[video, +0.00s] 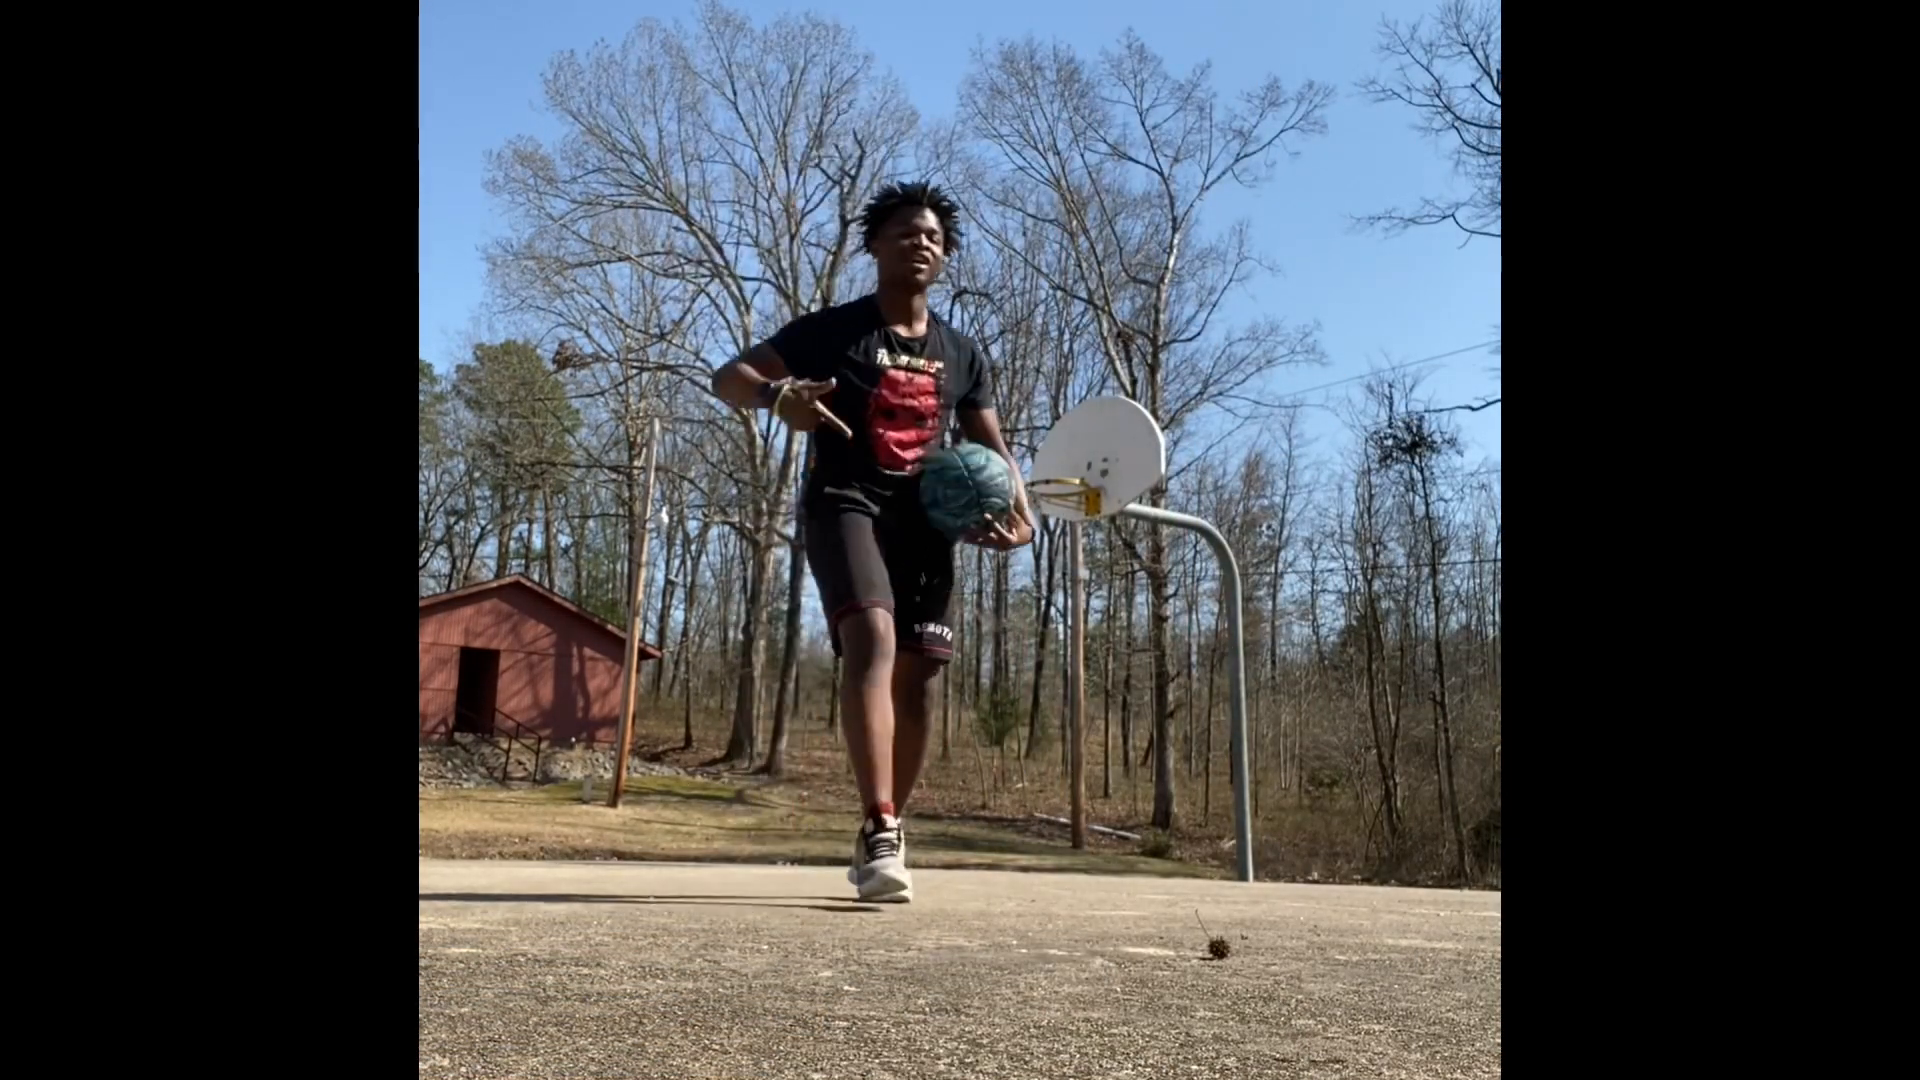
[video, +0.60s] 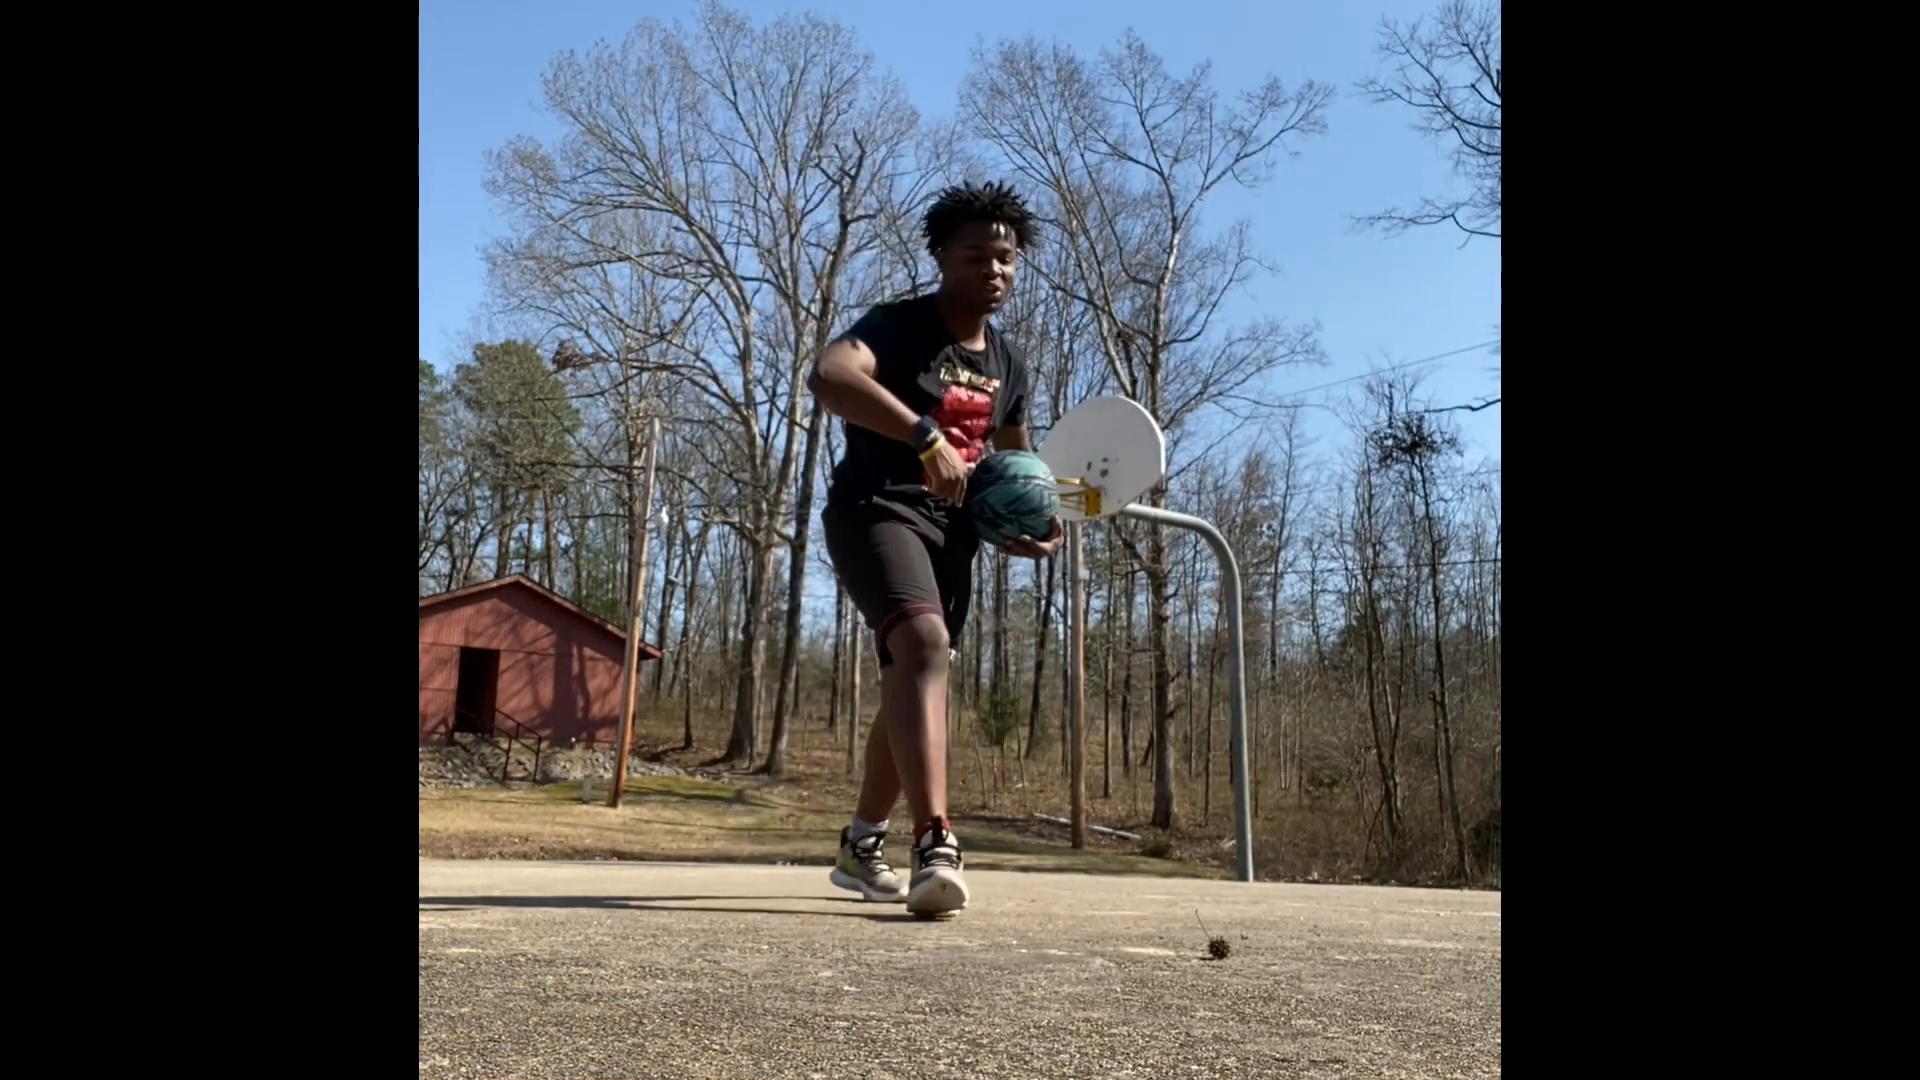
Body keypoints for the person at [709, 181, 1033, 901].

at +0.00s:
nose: (920, 245)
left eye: (931, 237)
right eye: (905, 235)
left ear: (944, 255)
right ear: (875, 249)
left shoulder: (962, 352)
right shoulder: (834, 329)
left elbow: (990, 445)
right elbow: (729, 379)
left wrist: (1020, 513)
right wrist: (776, 394)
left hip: (923, 514)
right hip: (846, 502)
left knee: (918, 678)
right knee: (874, 637)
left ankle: (883, 839)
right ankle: (881, 834)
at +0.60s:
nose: (996, 270)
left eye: (1006, 258)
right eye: (979, 256)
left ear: (1016, 269)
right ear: (941, 261)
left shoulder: (1005, 364)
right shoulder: (895, 325)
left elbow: (1016, 460)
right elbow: (833, 375)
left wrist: (1031, 520)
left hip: (952, 526)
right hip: (878, 508)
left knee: (912, 679)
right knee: (925, 637)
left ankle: (860, 843)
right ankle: (935, 844)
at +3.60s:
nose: (909, 184)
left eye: (923, 170)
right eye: (894, 174)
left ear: (950, 179)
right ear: (876, 190)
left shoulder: (988, 249)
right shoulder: (875, 300)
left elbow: (1049, 352)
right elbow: (858, 406)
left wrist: (1063, 457)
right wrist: (801, 434)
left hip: (991, 460)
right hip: (917, 469)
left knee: (934, 628)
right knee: (937, 645)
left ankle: (932, 849)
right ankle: (982, 853)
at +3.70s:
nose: (892, 189)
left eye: (906, 175)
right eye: (877, 179)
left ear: (934, 184)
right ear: (859, 195)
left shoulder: (970, 251)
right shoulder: (863, 308)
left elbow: (1030, 338)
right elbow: (849, 417)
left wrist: (1065, 431)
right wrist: (788, 444)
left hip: (973, 462)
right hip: (905, 477)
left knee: (894, 632)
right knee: (946, 658)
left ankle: (872, 855)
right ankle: (981, 856)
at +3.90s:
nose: (858, 184)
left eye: (874, 170)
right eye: (844, 173)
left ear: (905, 181)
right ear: (828, 187)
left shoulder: (923, 251)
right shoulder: (832, 290)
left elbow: (983, 305)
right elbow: (816, 401)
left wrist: (1047, 368)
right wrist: (759, 446)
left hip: (926, 462)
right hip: (864, 471)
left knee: (849, 634)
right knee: (872, 659)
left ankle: (831, 855)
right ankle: (968, 840)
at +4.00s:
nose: (827, 185)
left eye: (844, 169)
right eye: (819, 173)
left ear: (887, 175)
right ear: (814, 184)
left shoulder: (916, 254)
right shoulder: (823, 287)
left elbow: (975, 317)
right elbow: (807, 399)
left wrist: (994, 390)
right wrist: (753, 441)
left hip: (914, 462)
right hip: (849, 470)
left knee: (844, 638)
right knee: (807, 650)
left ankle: (828, 852)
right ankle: (934, 808)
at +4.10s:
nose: (796, 178)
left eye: (808, 162)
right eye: (801, 162)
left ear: (854, 170)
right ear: (849, 173)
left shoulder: (915, 253)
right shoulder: (827, 280)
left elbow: (966, 354)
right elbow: (810, 389)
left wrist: (923, 439)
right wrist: (750, 442)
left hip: (897, 464)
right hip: (837, 467)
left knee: (842, 638)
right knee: (781, 638)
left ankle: (831, 856)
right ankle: (888, 805)